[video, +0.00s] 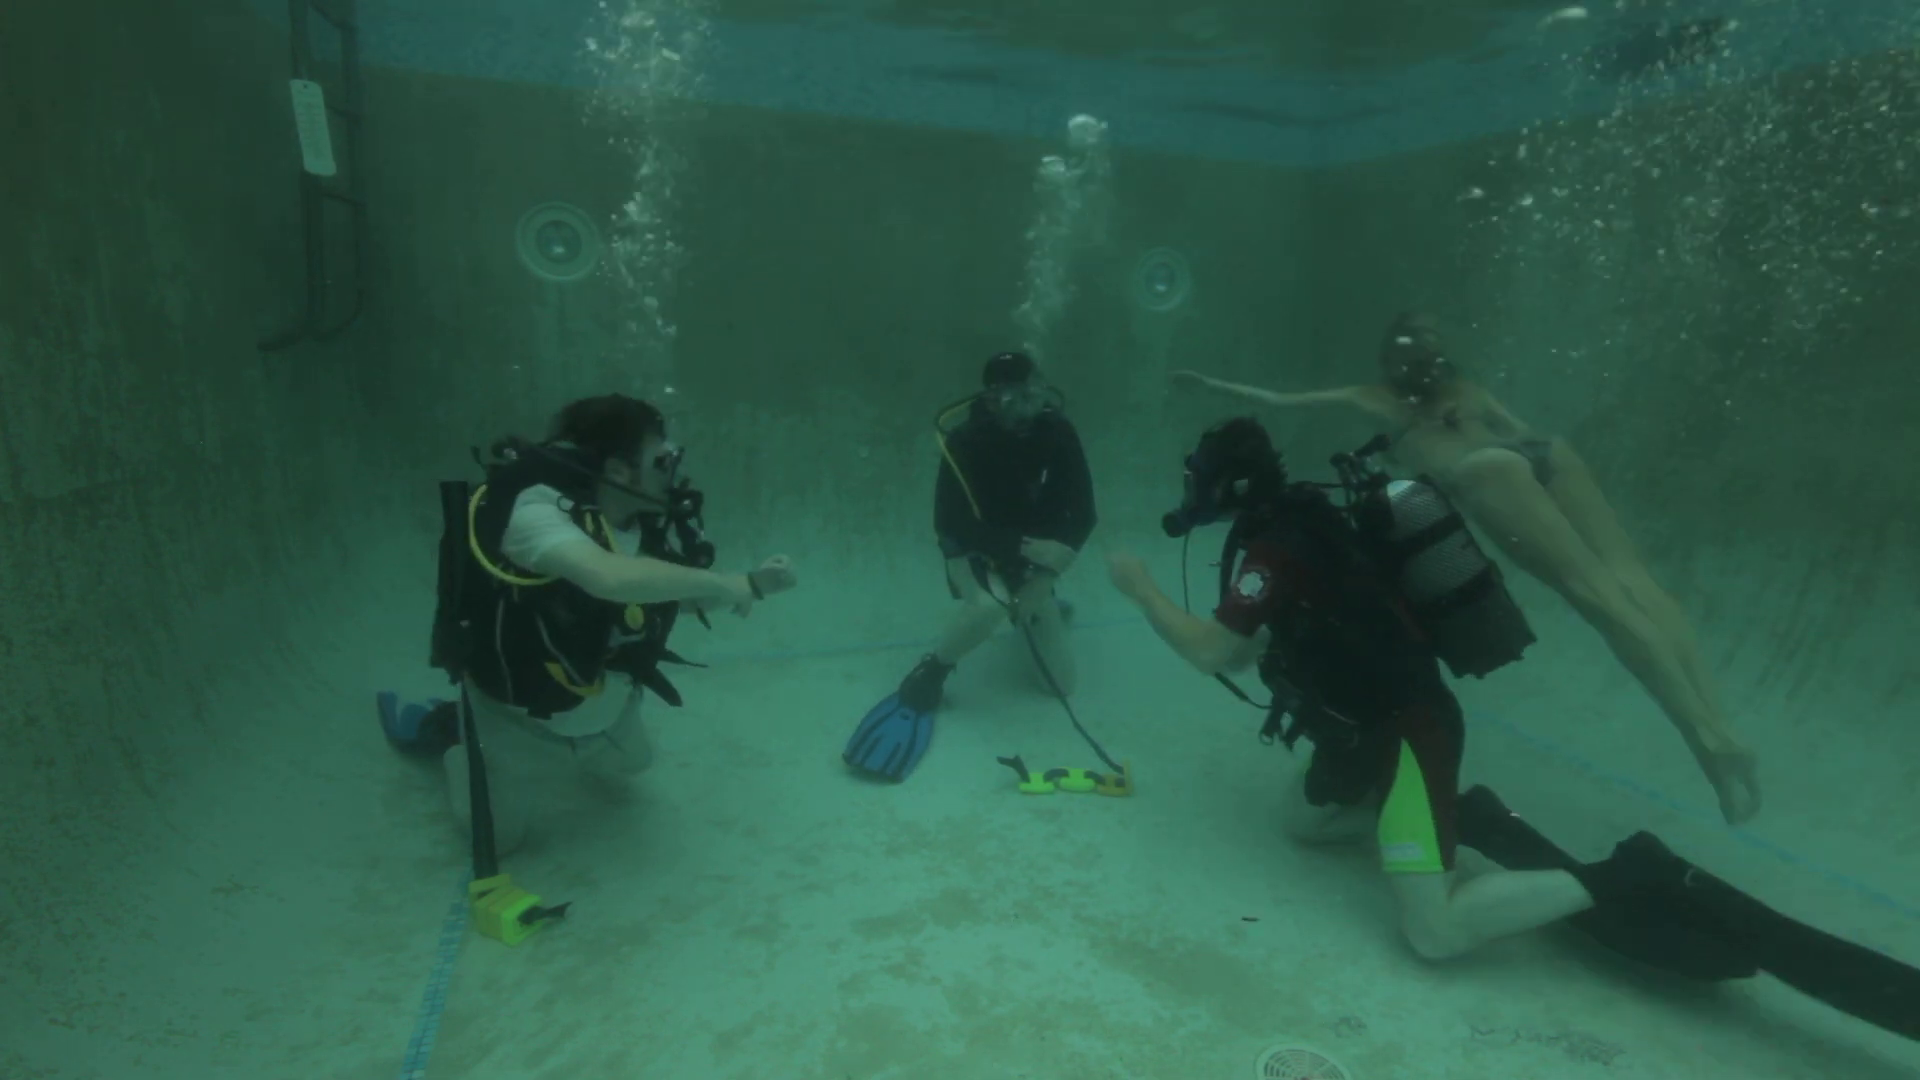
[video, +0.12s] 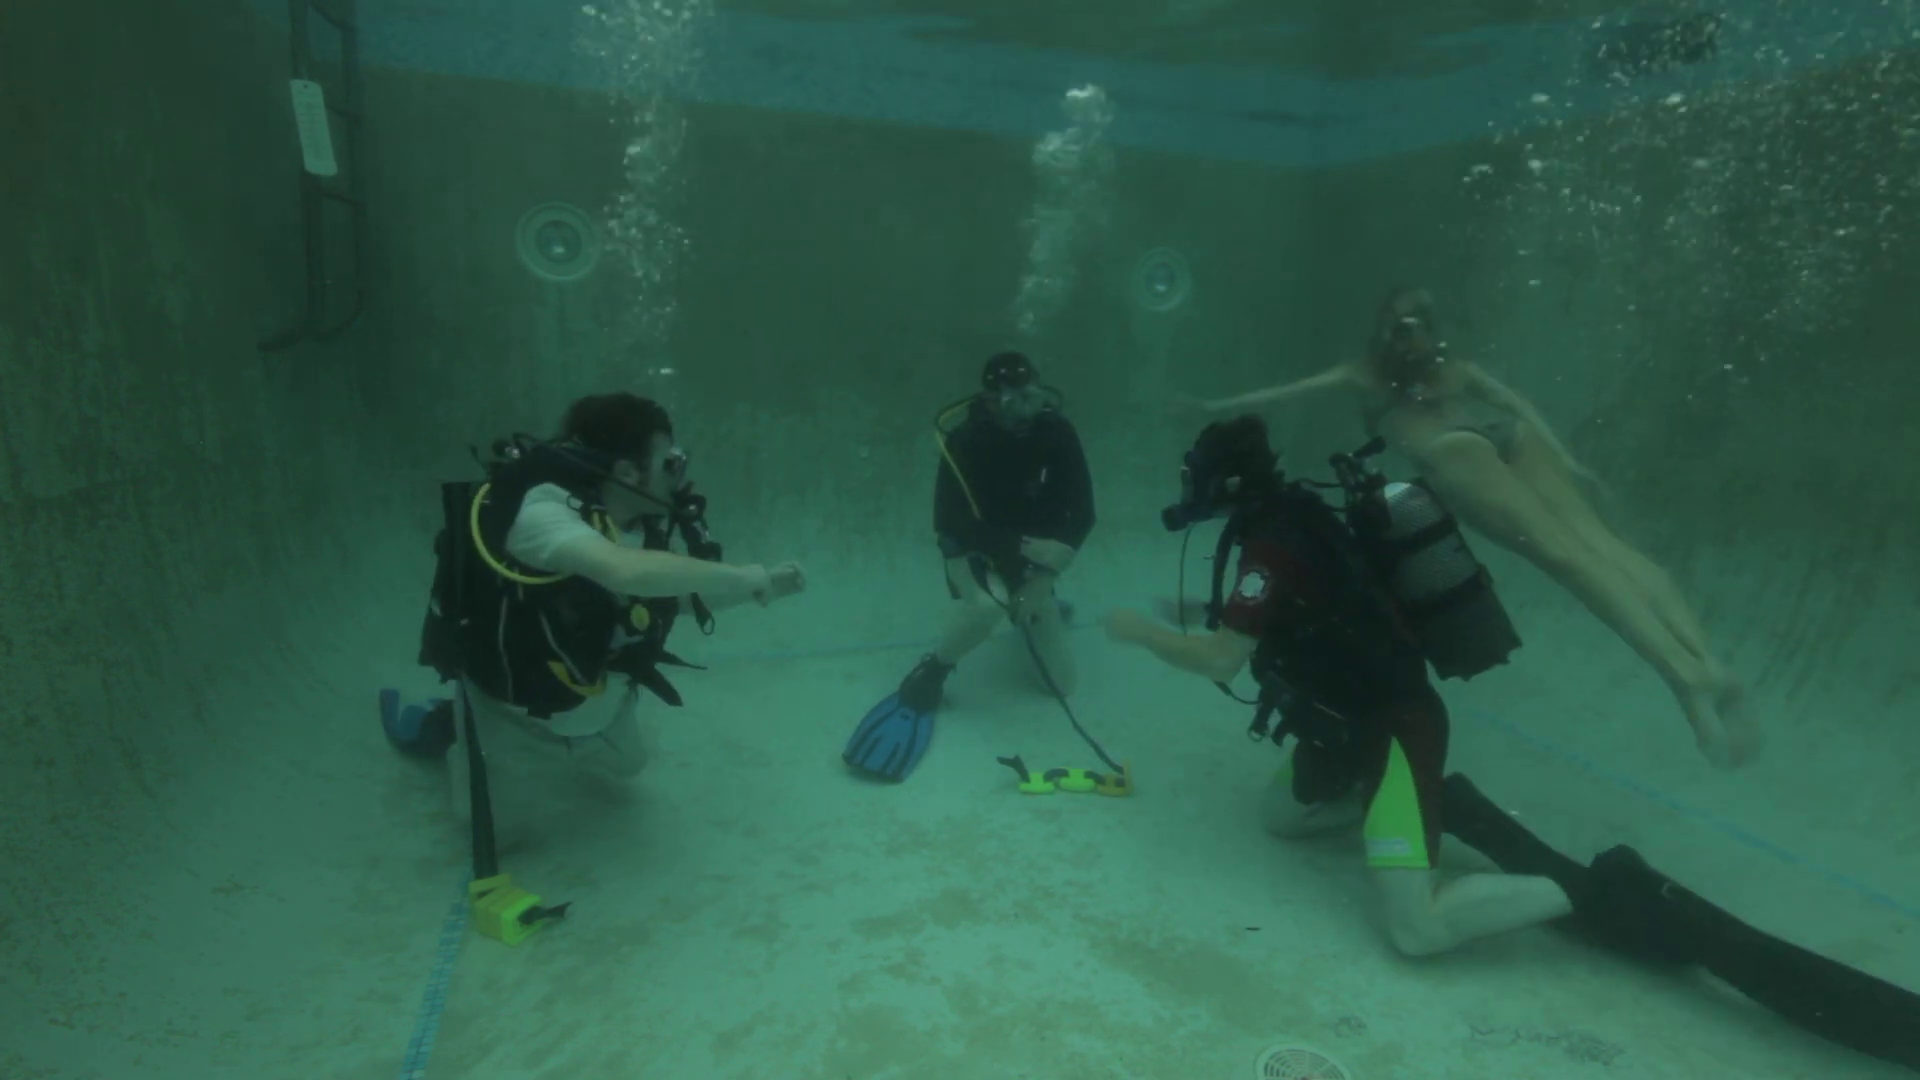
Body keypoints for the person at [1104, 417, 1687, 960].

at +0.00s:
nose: (1189, 492)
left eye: (1197, 481)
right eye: (1192, 480)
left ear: (1229, 486)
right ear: (1254, 471)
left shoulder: (1270, 540)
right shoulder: (1288, 515)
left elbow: (1214, 652)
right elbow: (1249, 644)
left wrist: (1144, 592)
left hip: (1408, 722)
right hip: (1362, 708)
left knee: (1435, 931)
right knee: (1314, 823)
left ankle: (1605, 881)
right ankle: (1450, 826)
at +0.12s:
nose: (1191, 484)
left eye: (1200, 473)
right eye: (1194, 471)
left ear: (1227, 480)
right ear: (1250, 468)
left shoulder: (1274, 537)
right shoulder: (1282, 511)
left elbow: (1221, 655)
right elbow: (1286, 612)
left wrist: (1145, 634)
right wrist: (1201, 614)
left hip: (1394, 719)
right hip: (1346, 702)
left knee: (1415, 928)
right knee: (1286, 813)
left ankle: (1586, 888)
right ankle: (1427, 809)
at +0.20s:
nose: (1189, 483)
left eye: (1197, 473)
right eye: (1190, 471)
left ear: (1226, 479)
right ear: (1245, 470)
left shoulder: (1271, 536)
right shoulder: (1275, 513)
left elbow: (1231, 659)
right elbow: (1267, 618)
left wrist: (1148, 662)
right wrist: (1184, 588)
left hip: (1386, 719)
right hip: (1339, 703)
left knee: (1406, 925)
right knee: (1276, 811)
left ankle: (1579, 890)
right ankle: (1410, 798)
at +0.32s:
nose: (1180, 486)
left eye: (1187, 476)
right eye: (1183, 474)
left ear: (1216, 478)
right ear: (1236, 470)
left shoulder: (1264, 536)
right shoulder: (1248, 521)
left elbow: (1248, 661)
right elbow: (1201, 595)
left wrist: (1164, 698)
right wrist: (1151, 533)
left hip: (1380, 716)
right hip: (1327, 701)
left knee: (1396, 920)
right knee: (1279, 814)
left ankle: (1568, 890)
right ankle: (1428, 807)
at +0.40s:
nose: (1175, 487)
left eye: (1181, 476)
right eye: (1176, 475)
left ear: (1208, 480)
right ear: (1228, 473)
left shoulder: (1261, 533)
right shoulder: (1241, 519)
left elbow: (1257, 661)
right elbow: (1181, 576)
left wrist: (1175, 720)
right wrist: (1152, 522)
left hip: (1377, 708)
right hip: (1325, 699)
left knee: (1389, 911)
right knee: (1277, 812)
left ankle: (1566, 874)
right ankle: (1429, 803)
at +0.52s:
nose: (1162, 486)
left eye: (1169, 474)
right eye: (1162, 472)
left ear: (1205, 476)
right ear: (1211, 472)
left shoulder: (1254, 531)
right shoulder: (1231, 518)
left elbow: (1278, 657)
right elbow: (1170, 571)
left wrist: (1201, 735)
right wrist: (1138, 524)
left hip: (1373, 699)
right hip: (1325, 694)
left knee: (1386, 892)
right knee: (1279, 813)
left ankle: (1568, 862)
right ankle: (1426, 798)